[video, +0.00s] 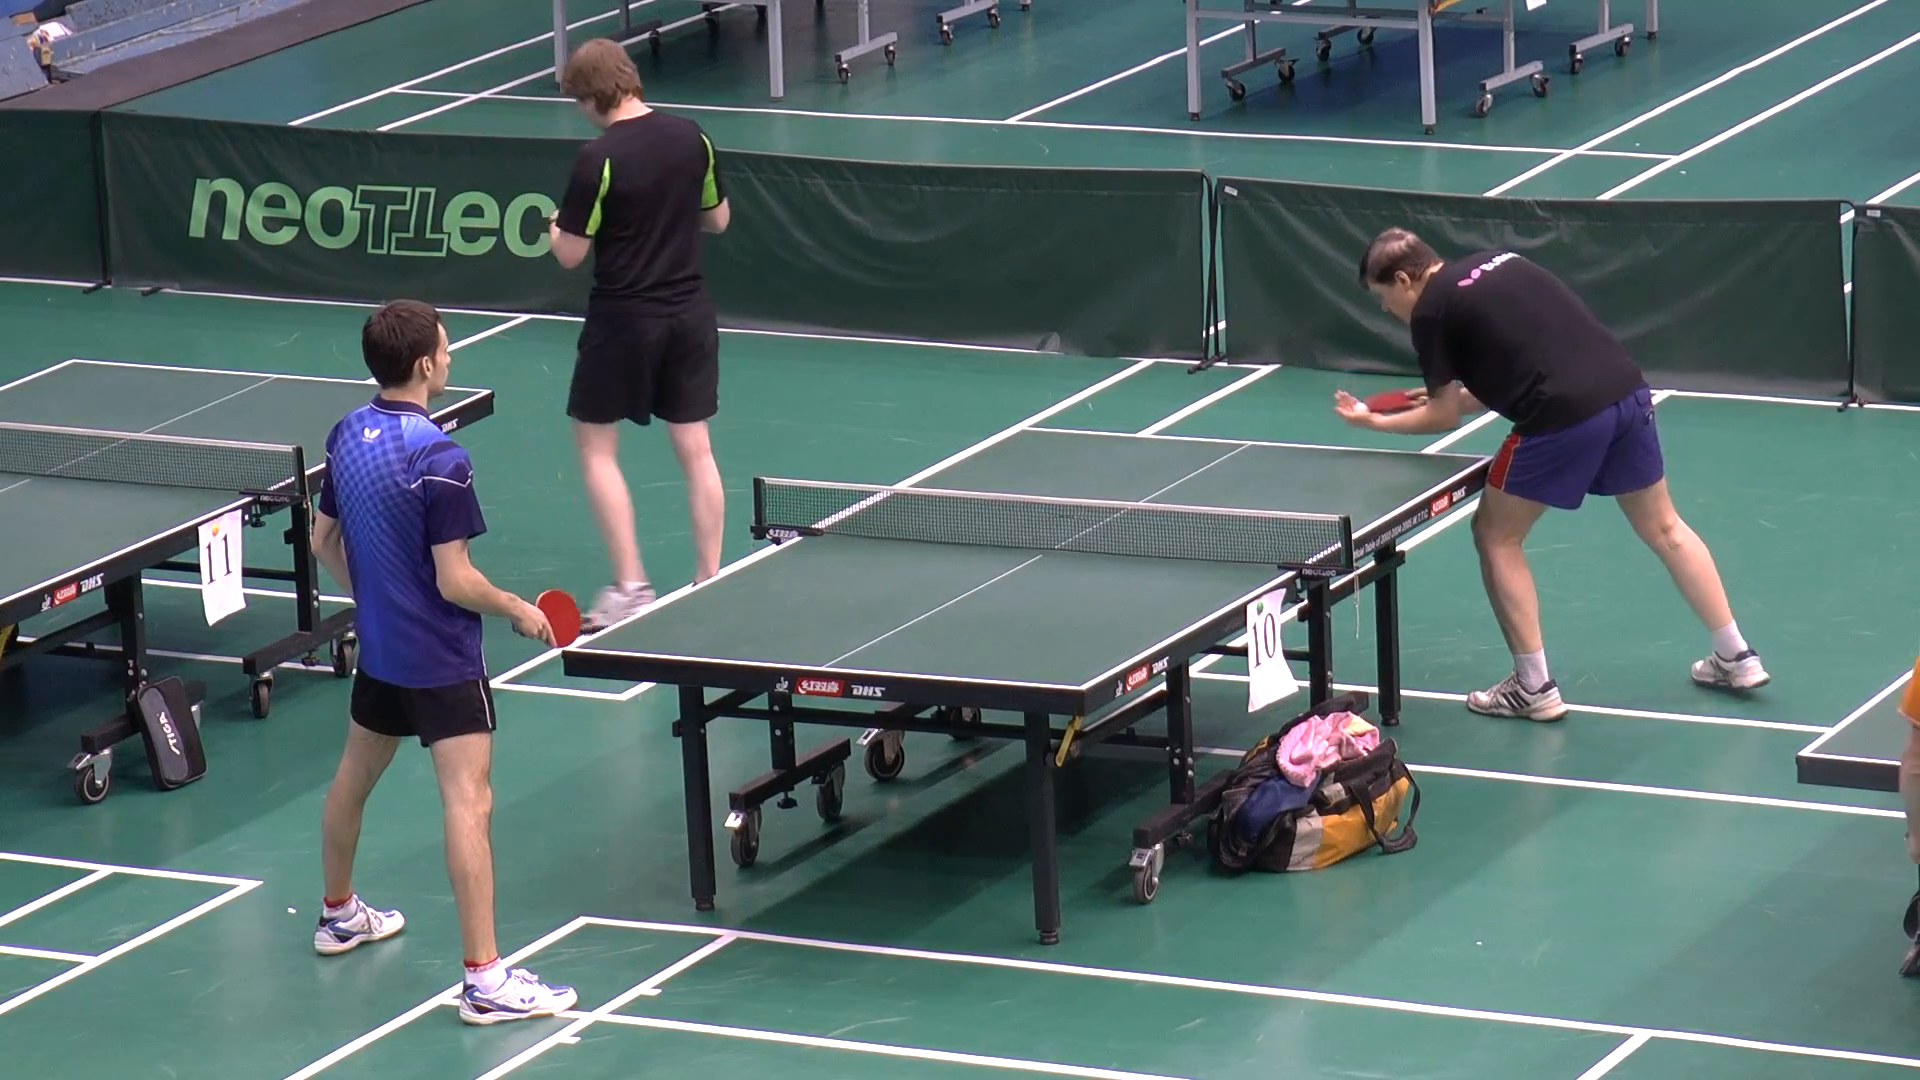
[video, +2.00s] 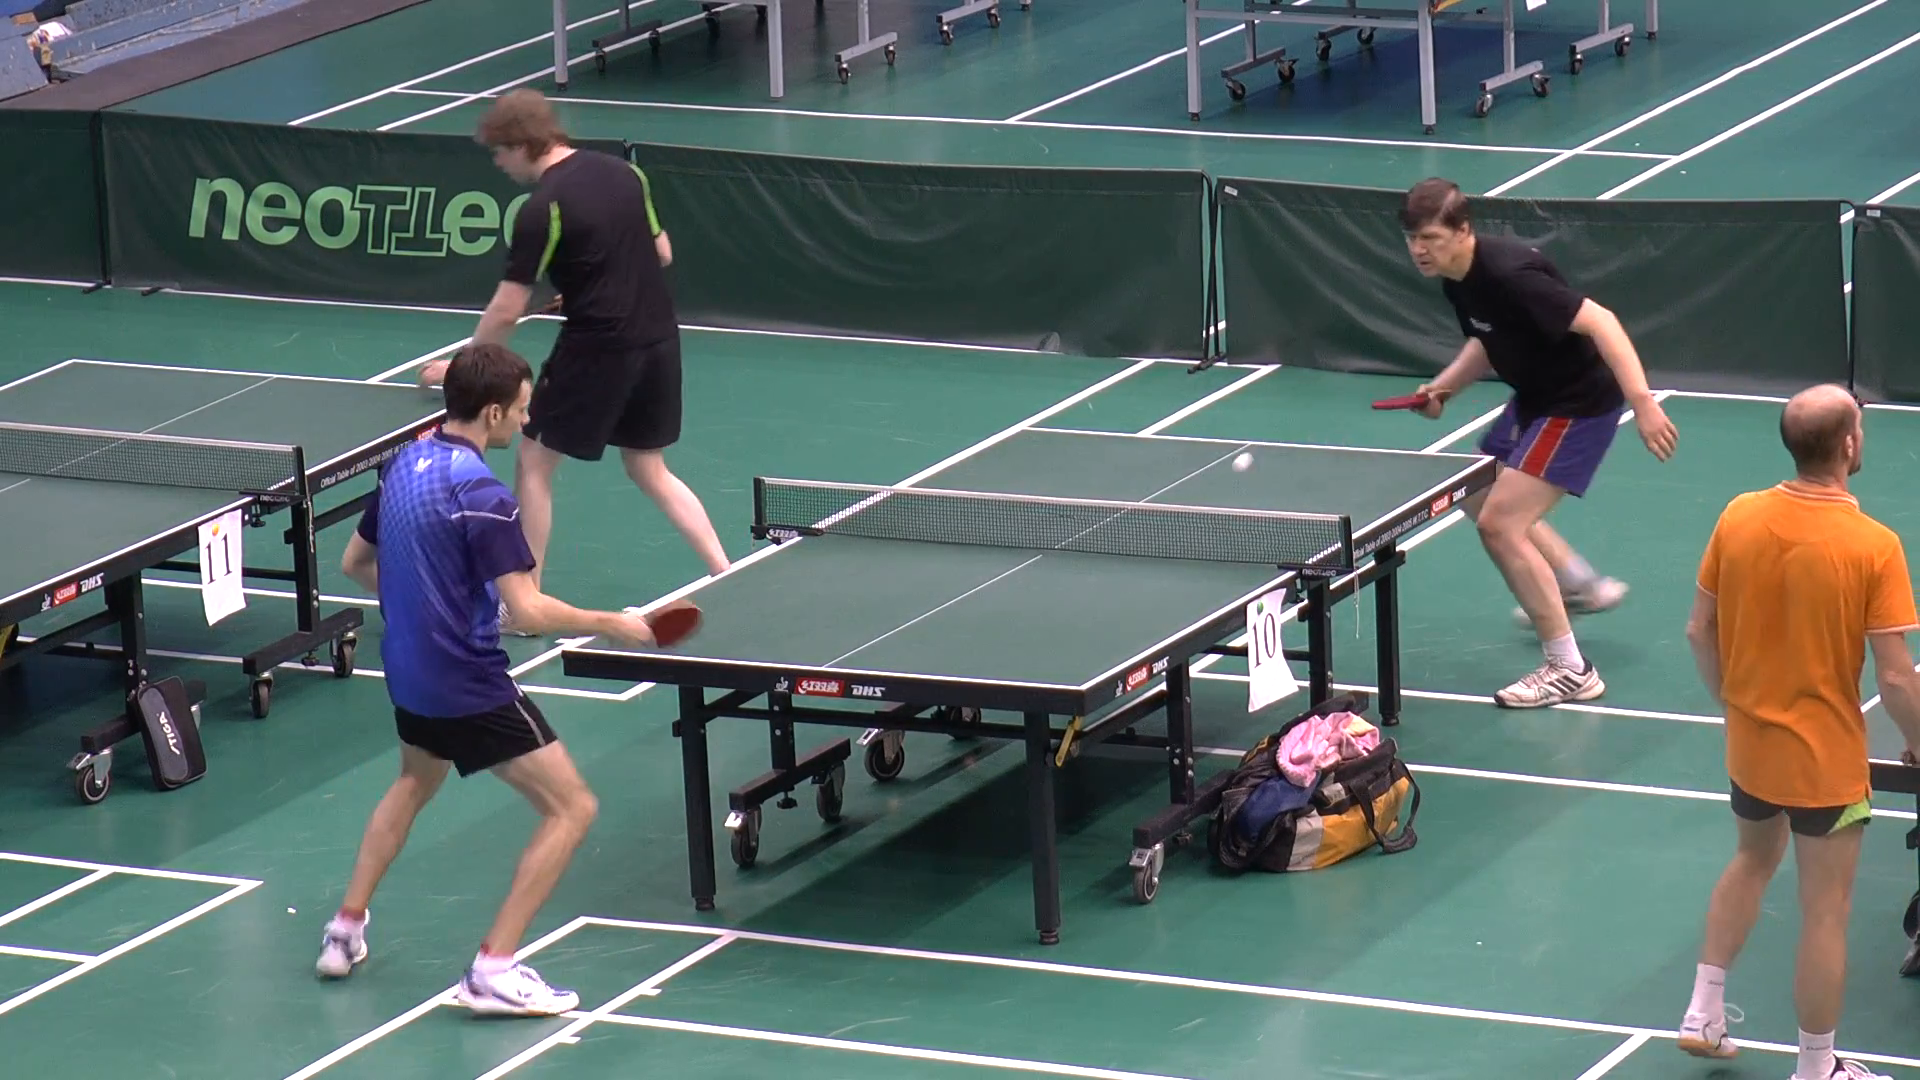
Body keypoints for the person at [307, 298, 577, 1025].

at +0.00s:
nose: (449, 355)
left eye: (445, 345)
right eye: (445, 347)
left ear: (378, 365)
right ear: (428, 363)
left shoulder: (348, 432)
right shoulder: (440, 454)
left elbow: (325, 541)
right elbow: (454, 578)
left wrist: (376, 595)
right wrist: (519, 609)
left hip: (380, 652)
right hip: (441, 660)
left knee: (353, 779)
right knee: (469, 803)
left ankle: (339, 912)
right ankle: (485, 975)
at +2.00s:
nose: (524, 418)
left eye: (524, 406)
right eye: (521, 406)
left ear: (458, 402)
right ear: (493, 410)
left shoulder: (404, 460)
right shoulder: (481, 490)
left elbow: (357, 562)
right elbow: (525, 609)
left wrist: (424, 595)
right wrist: (613, 623)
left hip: (408, 676)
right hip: (469, 686)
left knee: (416, 778)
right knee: (572, 808)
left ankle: (346, 926)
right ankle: (495, 966)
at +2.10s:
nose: (530, 440)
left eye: (530, 428)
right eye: (525, 428)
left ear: (467, 425)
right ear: (495, 430)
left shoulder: (412, 481)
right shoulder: (488, 513)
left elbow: (376, 573)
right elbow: (550, 617)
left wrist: (467, 598)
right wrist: (657, 638)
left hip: (418, 693)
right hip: (481, 699)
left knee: (418, 794)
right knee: (619, 786)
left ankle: (339, 934)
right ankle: (535, 936)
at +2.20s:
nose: (568, 456)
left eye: (568, 444)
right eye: (563, 445)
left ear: (512, 442)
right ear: (525, 445)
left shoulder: (451, 488)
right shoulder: (528, 525)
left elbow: (404, 553)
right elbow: (620, 608)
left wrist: (496, 581)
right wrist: (735, 621)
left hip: (438, 702)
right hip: (503, 706)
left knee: (421, 802)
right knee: (658, 769)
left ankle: (340, 933)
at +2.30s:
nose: (647, 457)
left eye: (647, 444)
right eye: (639, 446)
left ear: (576, 442)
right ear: (597, 445)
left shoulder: (513, 479)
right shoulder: (594, 521)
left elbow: (437, 524)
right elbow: (707, 589)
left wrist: (496, 546)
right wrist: (829, 600)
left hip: (479, 700)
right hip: (552, 703)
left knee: (426, 805)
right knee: (708, 767)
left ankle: (339, 935)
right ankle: (784, 927)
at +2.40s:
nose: (737, 469)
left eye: (739, 456)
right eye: (732, 457)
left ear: (669, 442)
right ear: (693, 450)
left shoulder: (596, 472)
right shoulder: (695, 523)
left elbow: (497, 503)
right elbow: (810, 594)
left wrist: (442, 526)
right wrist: (920, 600)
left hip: (544, 688)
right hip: (622, 697)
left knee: (458, 793)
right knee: (766, 779)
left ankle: (359, 924)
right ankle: (859, 938)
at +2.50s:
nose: (830, 477)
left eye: (827, 464)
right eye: (825, 466)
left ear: (757, 460)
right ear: (795, 471)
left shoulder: (680, 491)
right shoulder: (790, 546)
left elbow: (562, 515)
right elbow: (905, 611)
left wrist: (467, 537)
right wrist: (1005, 614)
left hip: (604, 694)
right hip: (688, 708)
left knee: (508, 795)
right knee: (847, 769)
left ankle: (402, 919)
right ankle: (885, 939)